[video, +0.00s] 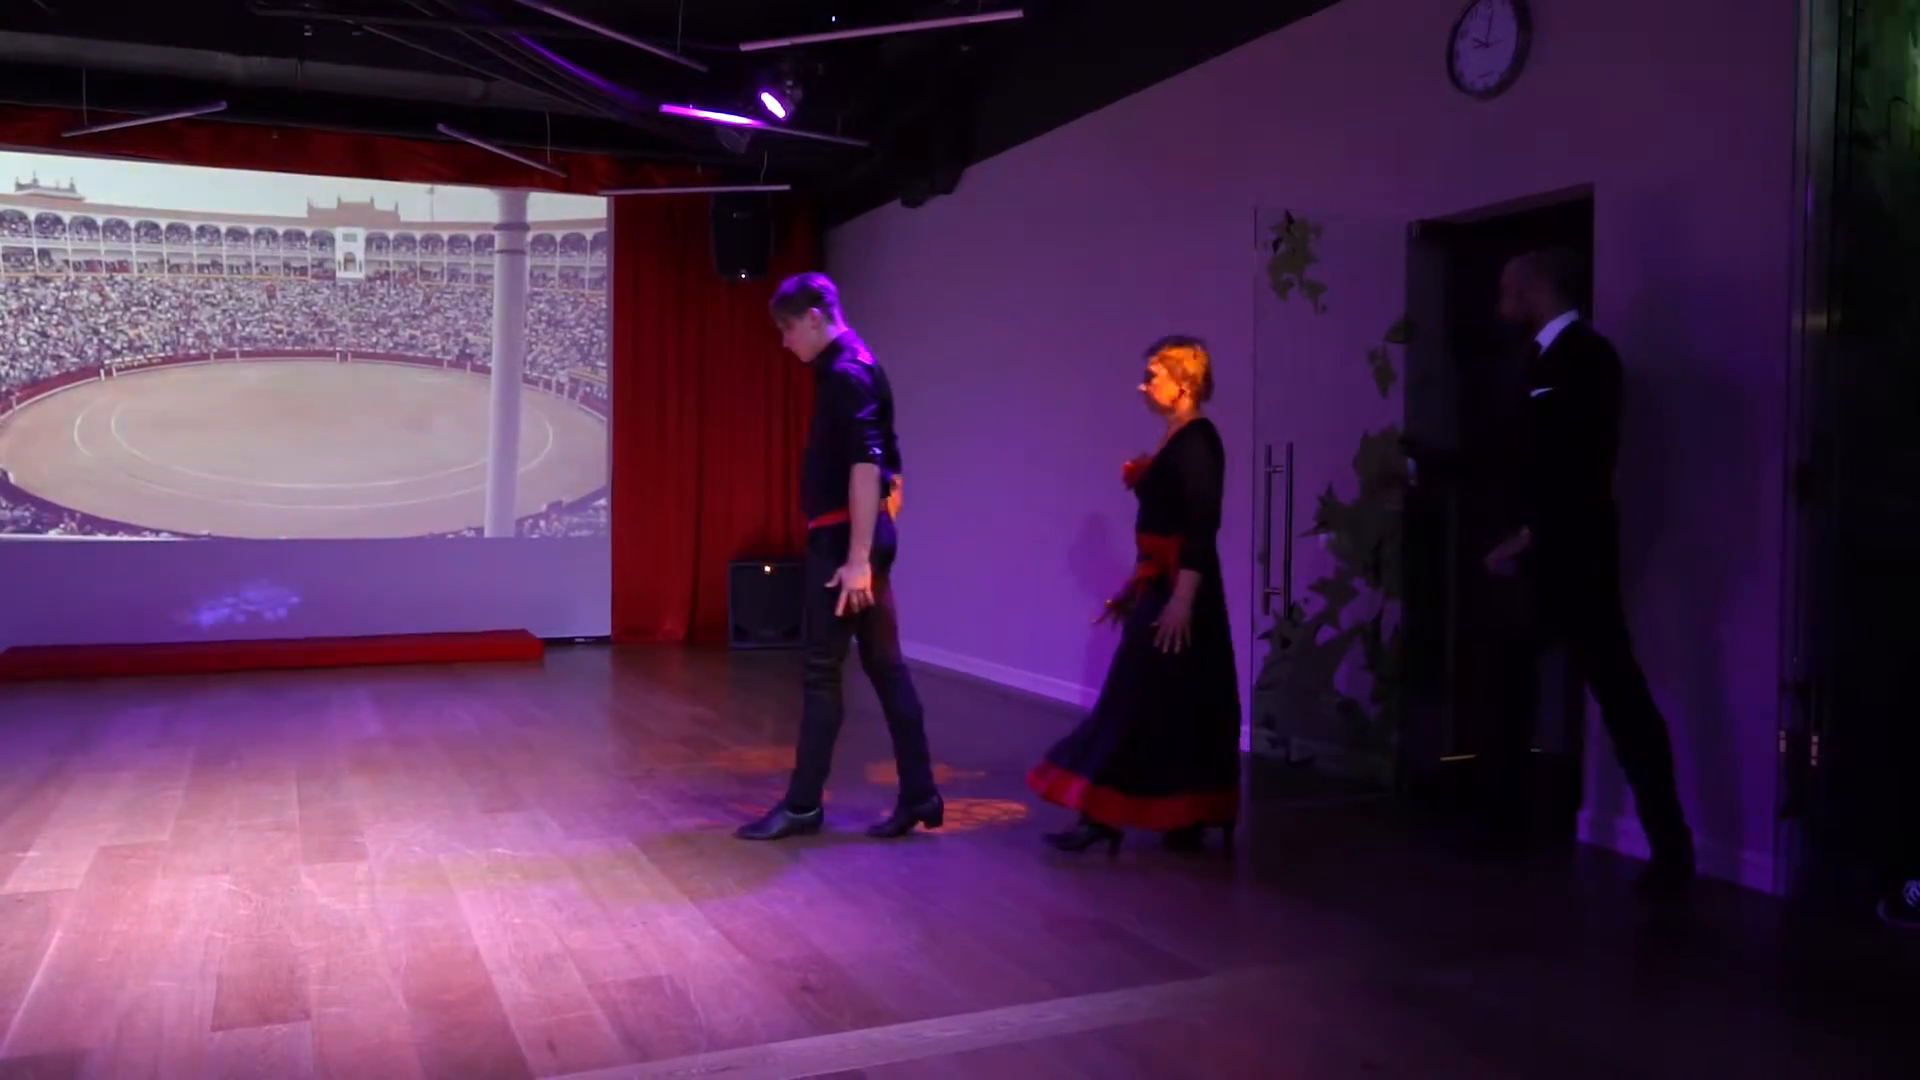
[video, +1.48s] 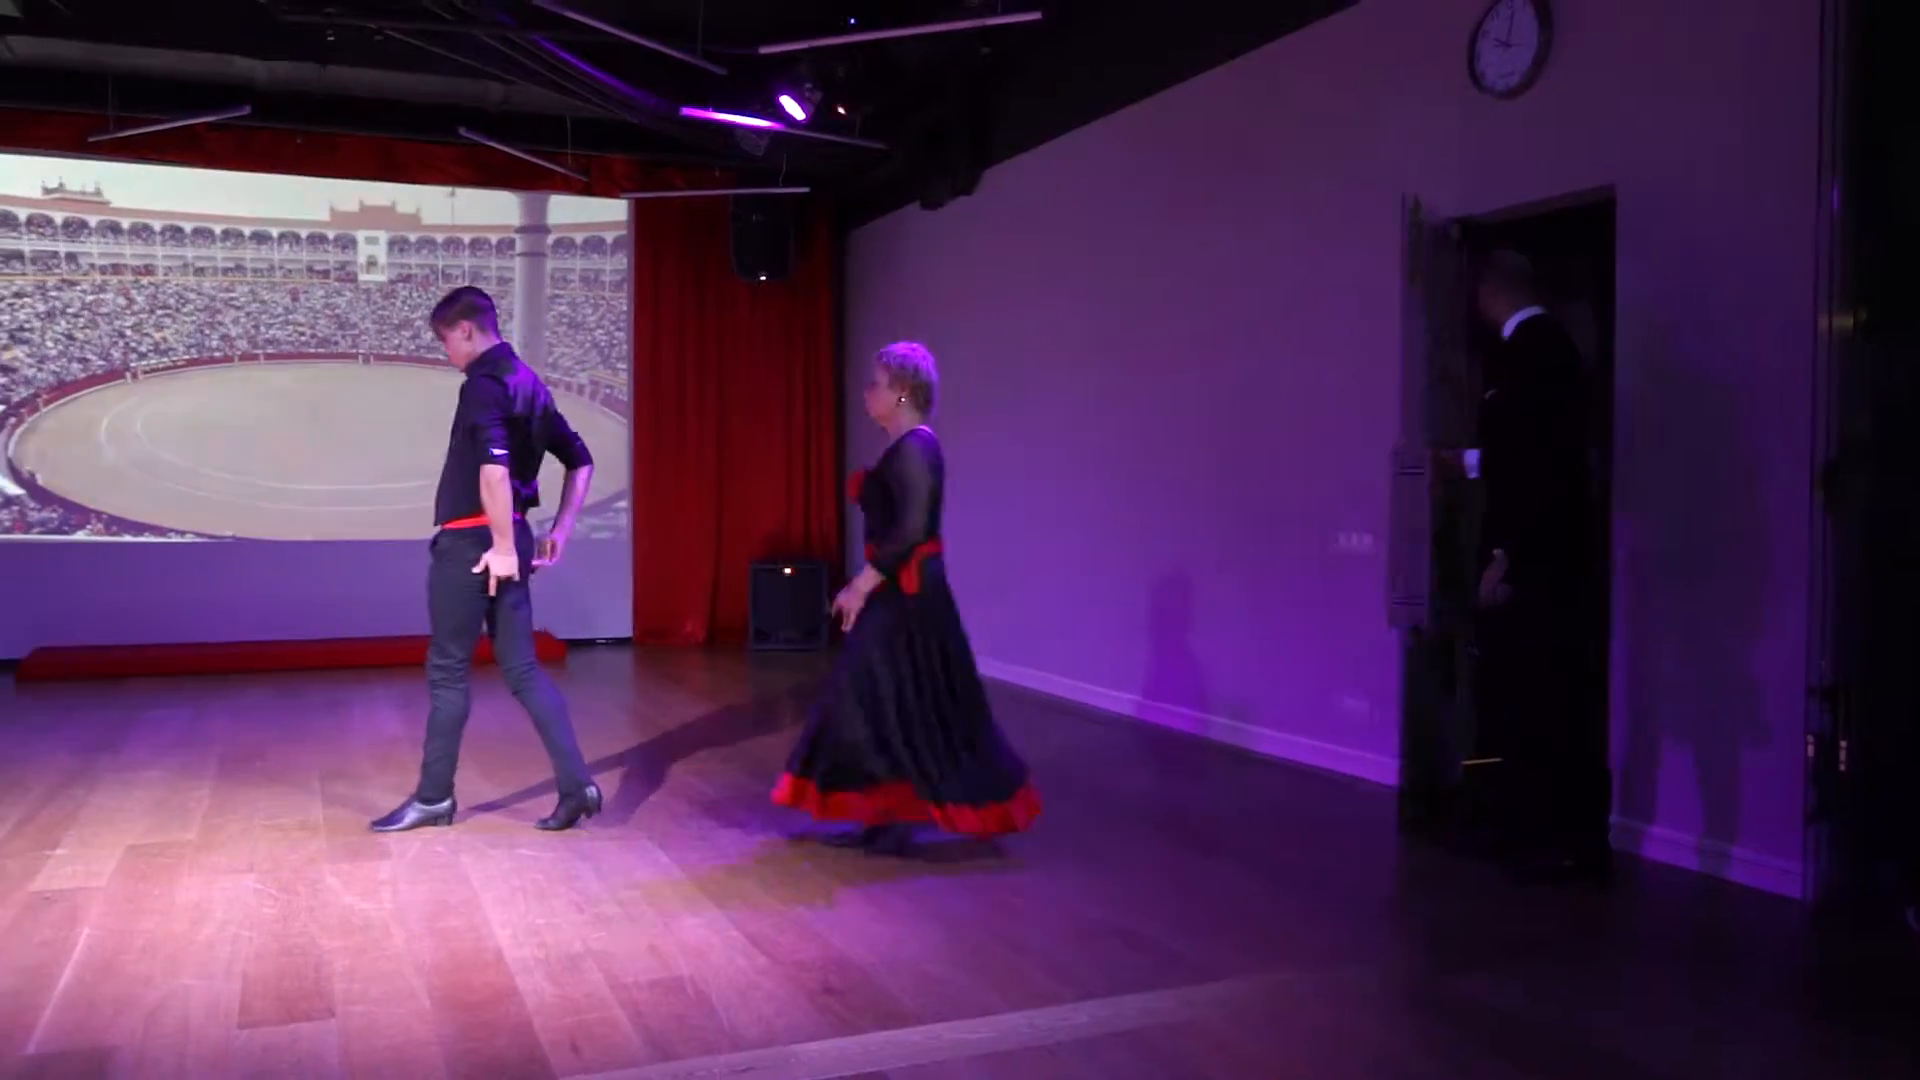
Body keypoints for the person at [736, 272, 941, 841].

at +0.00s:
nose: (786, 342)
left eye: (790, 329)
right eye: (783, 331)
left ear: (820, 317)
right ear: (821, 318)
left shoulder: (847, 375)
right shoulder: (855, 367)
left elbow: (867, 467)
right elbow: (877, 465)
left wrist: (859, 558)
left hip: (839, 538)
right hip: (860, 532)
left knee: (821, 672)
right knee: (887, 668)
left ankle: (803, 803)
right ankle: (919, 795)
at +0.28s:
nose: (731, 341)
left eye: (734, 328)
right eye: (728, 330)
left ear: (763, 316)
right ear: (764, 317)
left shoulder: (790, 370)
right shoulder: (801, 365)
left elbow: (810, 463)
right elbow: (835, 465)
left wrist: (805, 556)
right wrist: (821, 535)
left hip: (785, 539)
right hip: (800, 536)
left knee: (790, 674)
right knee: (827, 667)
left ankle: (800, 803)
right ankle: (896, 776)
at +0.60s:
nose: (652, 355)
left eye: (654, 342)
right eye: (650, 344)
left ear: (682, 331)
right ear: (688, 332)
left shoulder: (699, 391)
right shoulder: (737, 384)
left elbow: (714, 487)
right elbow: (779, 479)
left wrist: (728, 577)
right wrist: (775, 553)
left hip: (713, 555)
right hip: (727, 550)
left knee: (749, 680)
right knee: (653, 654)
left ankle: (800, 802)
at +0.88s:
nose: (567, 360)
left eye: (568, 348)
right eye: (564, 349)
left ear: (593, 337)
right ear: (604, 336)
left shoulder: (610, 392)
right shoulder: (648, 386)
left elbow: (625, 482)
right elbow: (683, 487)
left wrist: (639, 568)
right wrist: (663, 564)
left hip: (597, 555)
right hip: (620, 552)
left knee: (547, 674)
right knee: (569, 676)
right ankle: (567, 799)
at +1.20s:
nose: (482, 359)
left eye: (484, 346)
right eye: (480, 348)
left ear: (510, 337)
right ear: (520, 337)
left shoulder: (528, 393)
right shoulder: (566, 390)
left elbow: (543, 480)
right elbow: (610, 477)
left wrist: (544, 562)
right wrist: (587, 549)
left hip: (504, 557)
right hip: (545, 556)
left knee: (458, 676)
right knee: (530, 677)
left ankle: (417, 797)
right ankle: (566, 800)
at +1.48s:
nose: (445, 351)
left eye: (446, 340)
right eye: (442, 341)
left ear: (470, 330)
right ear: (483, 329)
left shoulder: (483, 382)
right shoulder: (526, 379)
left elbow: (494, 467)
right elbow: (579, 460)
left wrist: (503, 543)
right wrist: (560, 533)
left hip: (465, 544)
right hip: (511, 541)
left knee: (448, 674)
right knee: (523, 671)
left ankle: (433, 797)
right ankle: (577, 786)